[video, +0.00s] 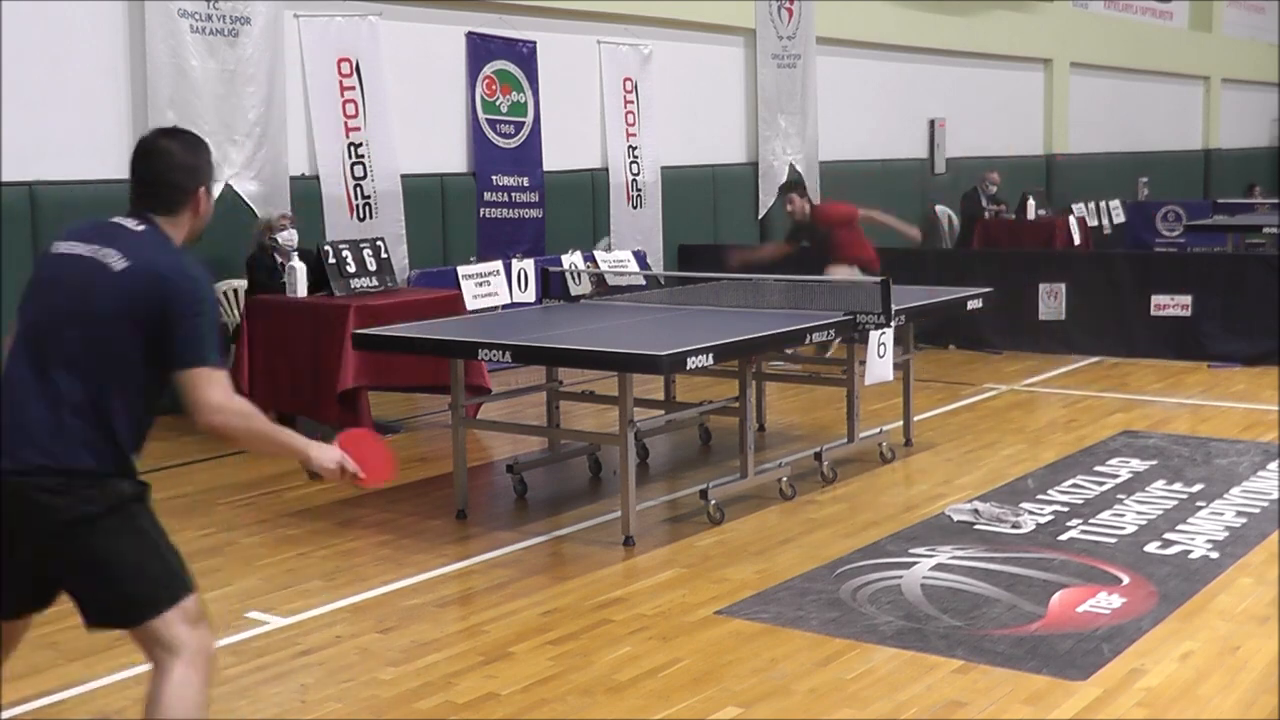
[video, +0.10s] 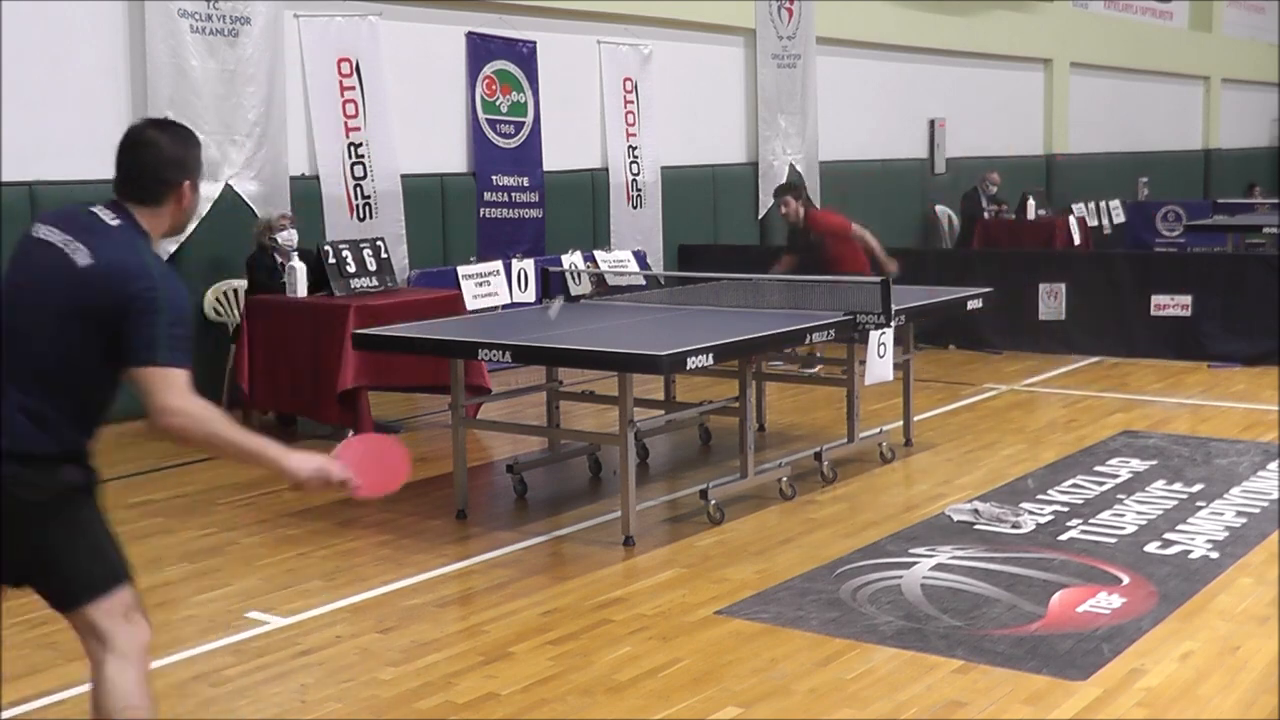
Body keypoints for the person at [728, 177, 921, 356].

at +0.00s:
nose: (788, 208)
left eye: (790, 202)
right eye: (785, 204)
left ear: (805, 198)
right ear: (788, 206)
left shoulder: (828, 213)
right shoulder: (801, 226)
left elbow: (872, 215)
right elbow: (780, 249)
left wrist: (909, 231)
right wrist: (744, 257)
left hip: (863, 266)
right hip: (838, 269)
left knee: (832, 272)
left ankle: (829, 331)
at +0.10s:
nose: (782, 211)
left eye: (786, 205)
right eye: (779, 206)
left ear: (800, 202)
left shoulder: (820, 220)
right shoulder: (797, 228)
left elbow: (862, 233)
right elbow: (789, 260)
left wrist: (885, 261)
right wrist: (768, 280)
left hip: (856, 277)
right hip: (830, 278)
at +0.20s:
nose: (790, 200)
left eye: (794, 194)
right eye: (787, 195)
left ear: (809, 194)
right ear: (785, 197)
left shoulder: (824, 215)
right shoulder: (801, 223)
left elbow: (866, 228)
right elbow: (790, 256)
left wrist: (873, 266)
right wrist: (765, 280)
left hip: (855, 277)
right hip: (831, 277)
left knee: (810, 303)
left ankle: (814, 356)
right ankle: (790, 349)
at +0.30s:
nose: (802, 183)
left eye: (806, 177)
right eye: (799, 178)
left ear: (819, 177)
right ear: (796, 180)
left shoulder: (839, 196)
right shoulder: (810, 207)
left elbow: (881, 203)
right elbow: (794, 243)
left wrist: (883, 242)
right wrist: (768, 264)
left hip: (869, 257)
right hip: (843, 257)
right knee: (816, 297)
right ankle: (815, 355)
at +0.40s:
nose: (829, 166)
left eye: (834, 160)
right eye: (825, 161)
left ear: (845, 161)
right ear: (823, 164)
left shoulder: (865, 182)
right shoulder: (827, 193)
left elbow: (904, 194)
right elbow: (810, 227)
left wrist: (904, 231)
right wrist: (790, 247)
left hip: (890, 249)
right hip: (863, 249)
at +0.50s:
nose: (850, 163)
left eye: (855, 157)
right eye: (846, 158)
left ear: (866, 159)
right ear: (842, 161)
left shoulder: (884, 182)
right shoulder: (842, 191)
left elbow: (920, 204)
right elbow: (823, 225)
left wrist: (919, 241)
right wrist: (804, 243)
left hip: (902, 254)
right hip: (872, 256)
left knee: (897, 302)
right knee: (858, 298)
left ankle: (914, 353)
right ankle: (865, 351)